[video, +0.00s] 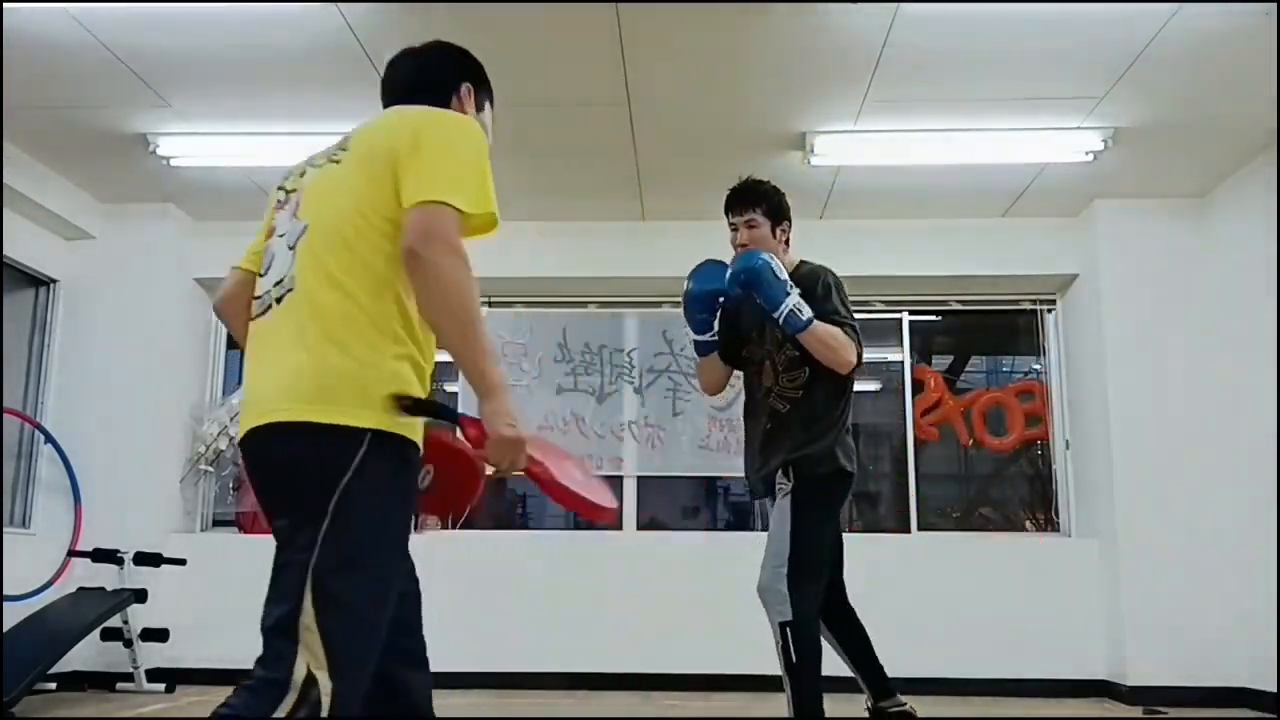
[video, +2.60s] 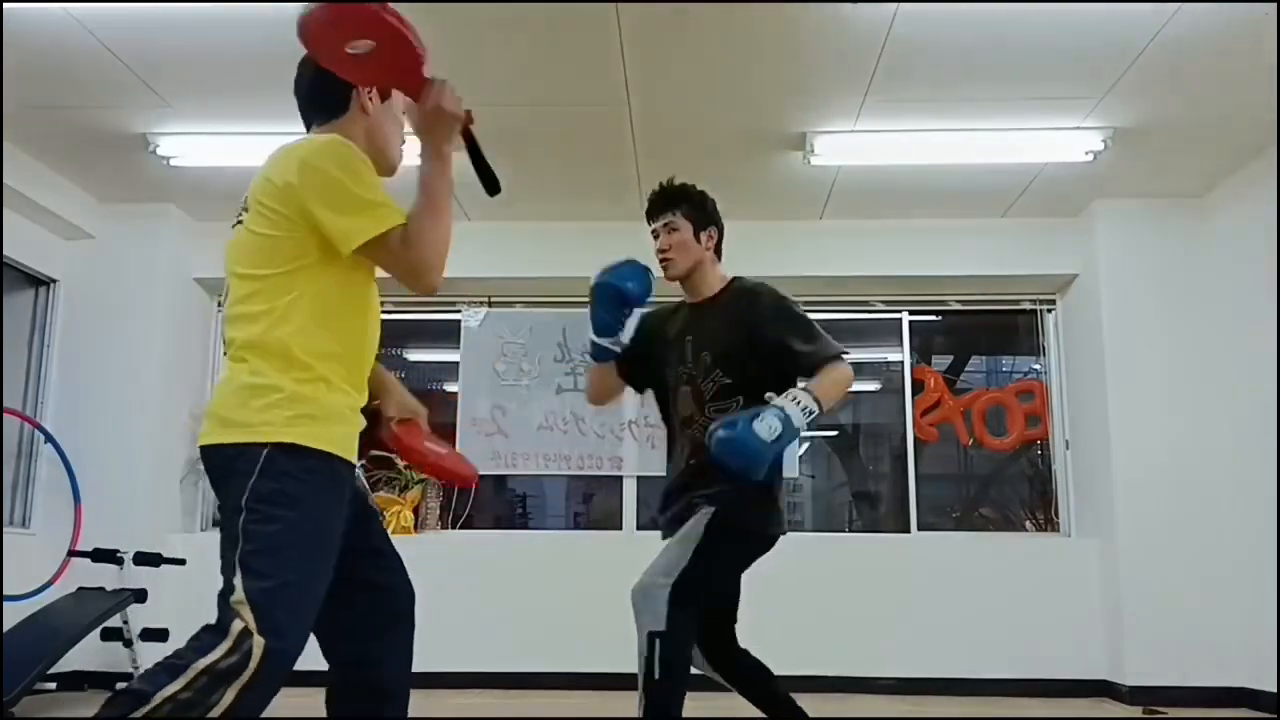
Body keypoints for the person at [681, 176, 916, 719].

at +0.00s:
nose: (741, 237)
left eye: (752, 226)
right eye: (734, 228)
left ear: (783, 232)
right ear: (730, 236)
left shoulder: (816, 282)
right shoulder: (739, 299)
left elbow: (846, 358)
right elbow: (714, 384)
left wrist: (786, 304)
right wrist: (704, 330)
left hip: (817, 460)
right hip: (776, 465)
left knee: (783, 590)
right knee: (823, 593)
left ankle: (806, 712)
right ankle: (886, 700)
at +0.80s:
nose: (732, 233)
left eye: (742, 221)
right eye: (725, 224)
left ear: (778, 227)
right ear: (726, 234)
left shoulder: (806, 278)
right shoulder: (738, 299)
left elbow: (810, 330)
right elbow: (693, 369)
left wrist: (749, 272)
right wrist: (681, 314)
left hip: (799, 467)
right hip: (781, 468)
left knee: (718, 579)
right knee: (796, 601)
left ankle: (773, 711)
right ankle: (867, 705)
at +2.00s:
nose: (701, 217)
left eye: (713, 205)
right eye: (695, 207)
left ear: (749, 216)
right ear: (696, 219)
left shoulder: (777, 274)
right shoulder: (704, 288)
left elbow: (775, 335)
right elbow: (665, 368)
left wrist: (716, 272)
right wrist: (656, 310)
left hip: (766, 470)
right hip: (742, 470)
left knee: (699, 591)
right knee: (787, 606)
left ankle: (742, 714)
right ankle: (848, 711)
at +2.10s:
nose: (687, 214)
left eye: (699, 200)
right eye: (681, 206)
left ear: (738, 208)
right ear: (682, 214)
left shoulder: (759, 253)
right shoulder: (704, 281)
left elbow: (702, 256)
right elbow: (669, 358)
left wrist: (631, 201)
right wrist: (654, 299)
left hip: (756, 460)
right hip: (761, 462)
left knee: (680, 577)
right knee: (758, 598)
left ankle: (728, 713)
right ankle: (836, 709)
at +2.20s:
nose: (690, 229)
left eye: (704, 216)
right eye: (687, 218)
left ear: (742, 222)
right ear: (684, 223)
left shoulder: (756, 272)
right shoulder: (705, 291)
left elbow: (684, 276)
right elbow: (658, 374)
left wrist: (611, 206)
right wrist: (653, 313)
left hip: (748, 476)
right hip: (727, 476)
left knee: (679, 625)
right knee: (762, 625)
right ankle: (843, 713)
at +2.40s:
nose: (655, 257)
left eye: (662, 244)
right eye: (652, 247)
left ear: (699, 243)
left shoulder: (721, 287)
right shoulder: (659, 321)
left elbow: (736, 348)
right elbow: (698, 405)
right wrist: (665, 362)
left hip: (736, 494)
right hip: (773, 499)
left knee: (629, 604)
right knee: (733, 606)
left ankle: (650, 712)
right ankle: (801, 711)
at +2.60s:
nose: (660, 243)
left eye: (672, 231)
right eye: (656, 235)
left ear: (709, 238)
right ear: (655, 247)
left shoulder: (756, 303)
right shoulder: (658, 326)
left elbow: (838, 371)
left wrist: (786, 414)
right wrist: (606, 335)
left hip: (742, 497)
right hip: (688, 500)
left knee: (657, 595)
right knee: (716, 648)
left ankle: (660, 712)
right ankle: (795, 717)